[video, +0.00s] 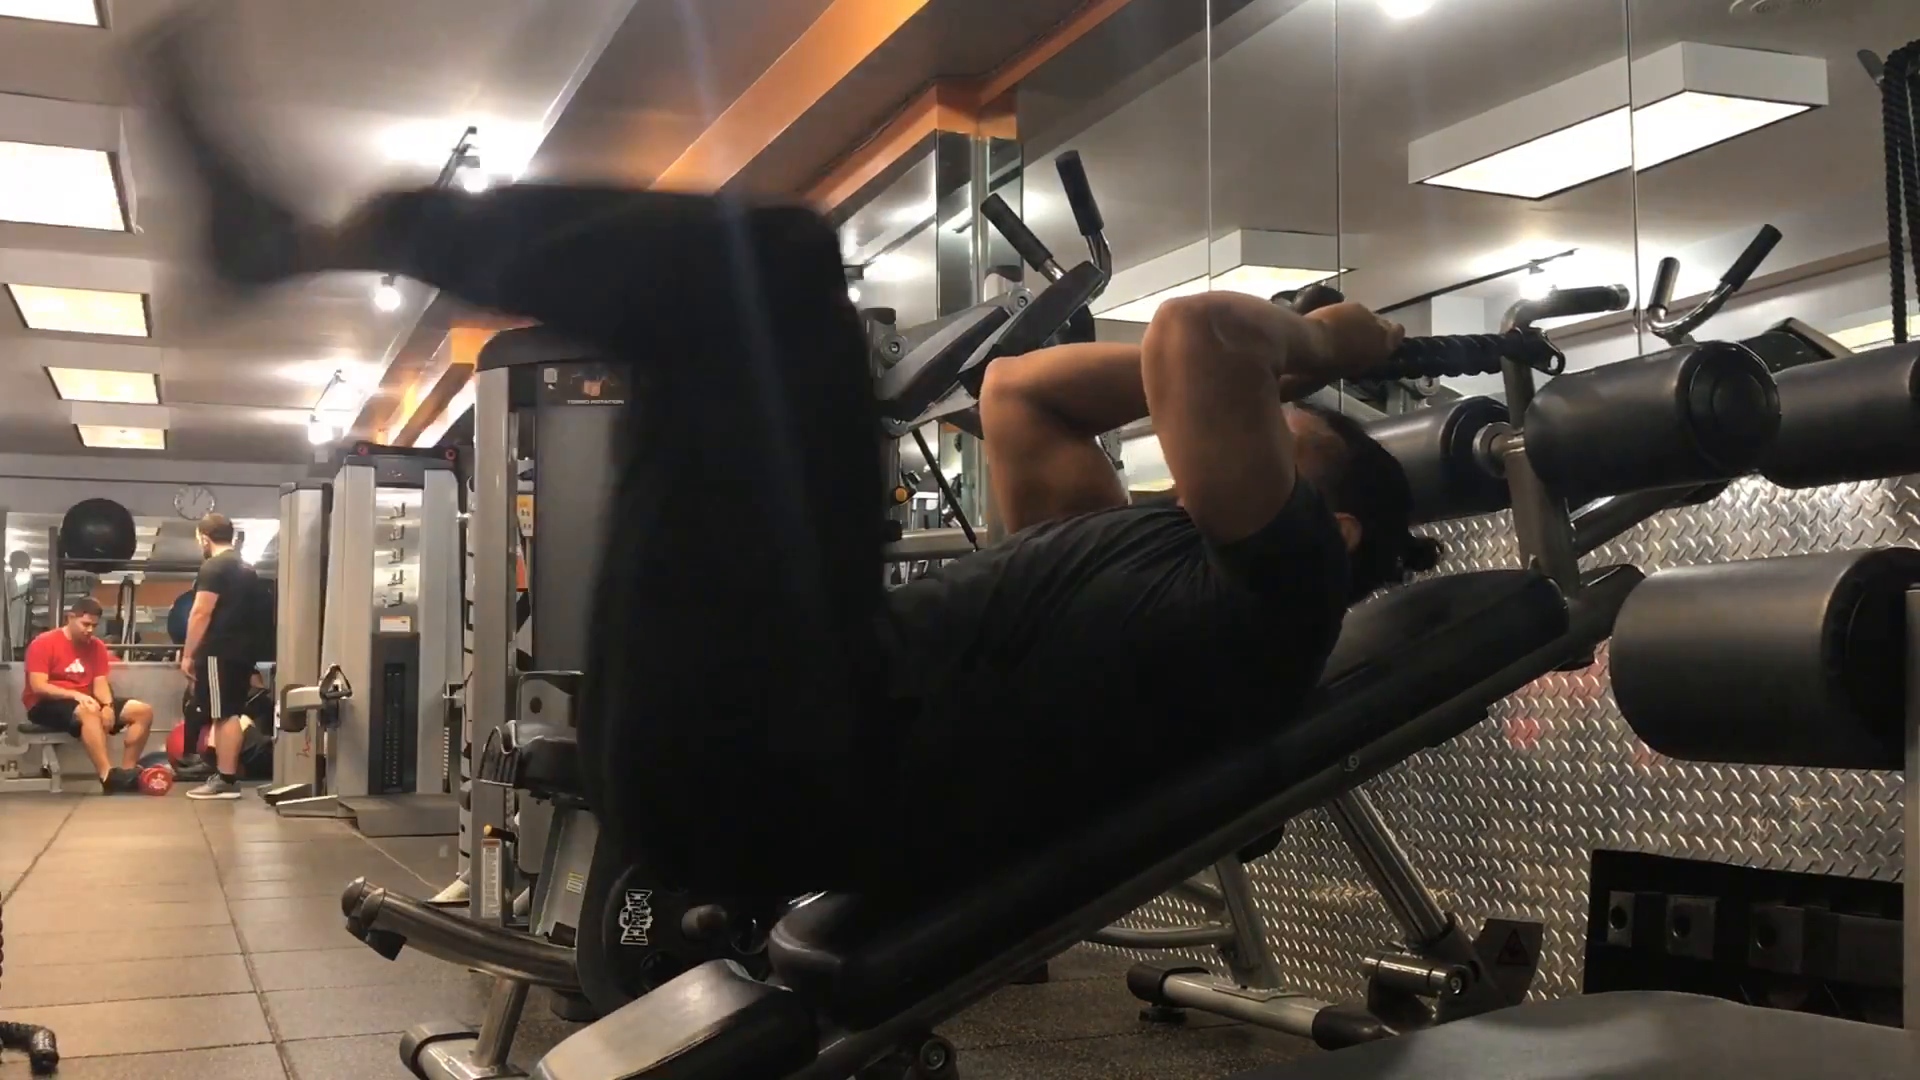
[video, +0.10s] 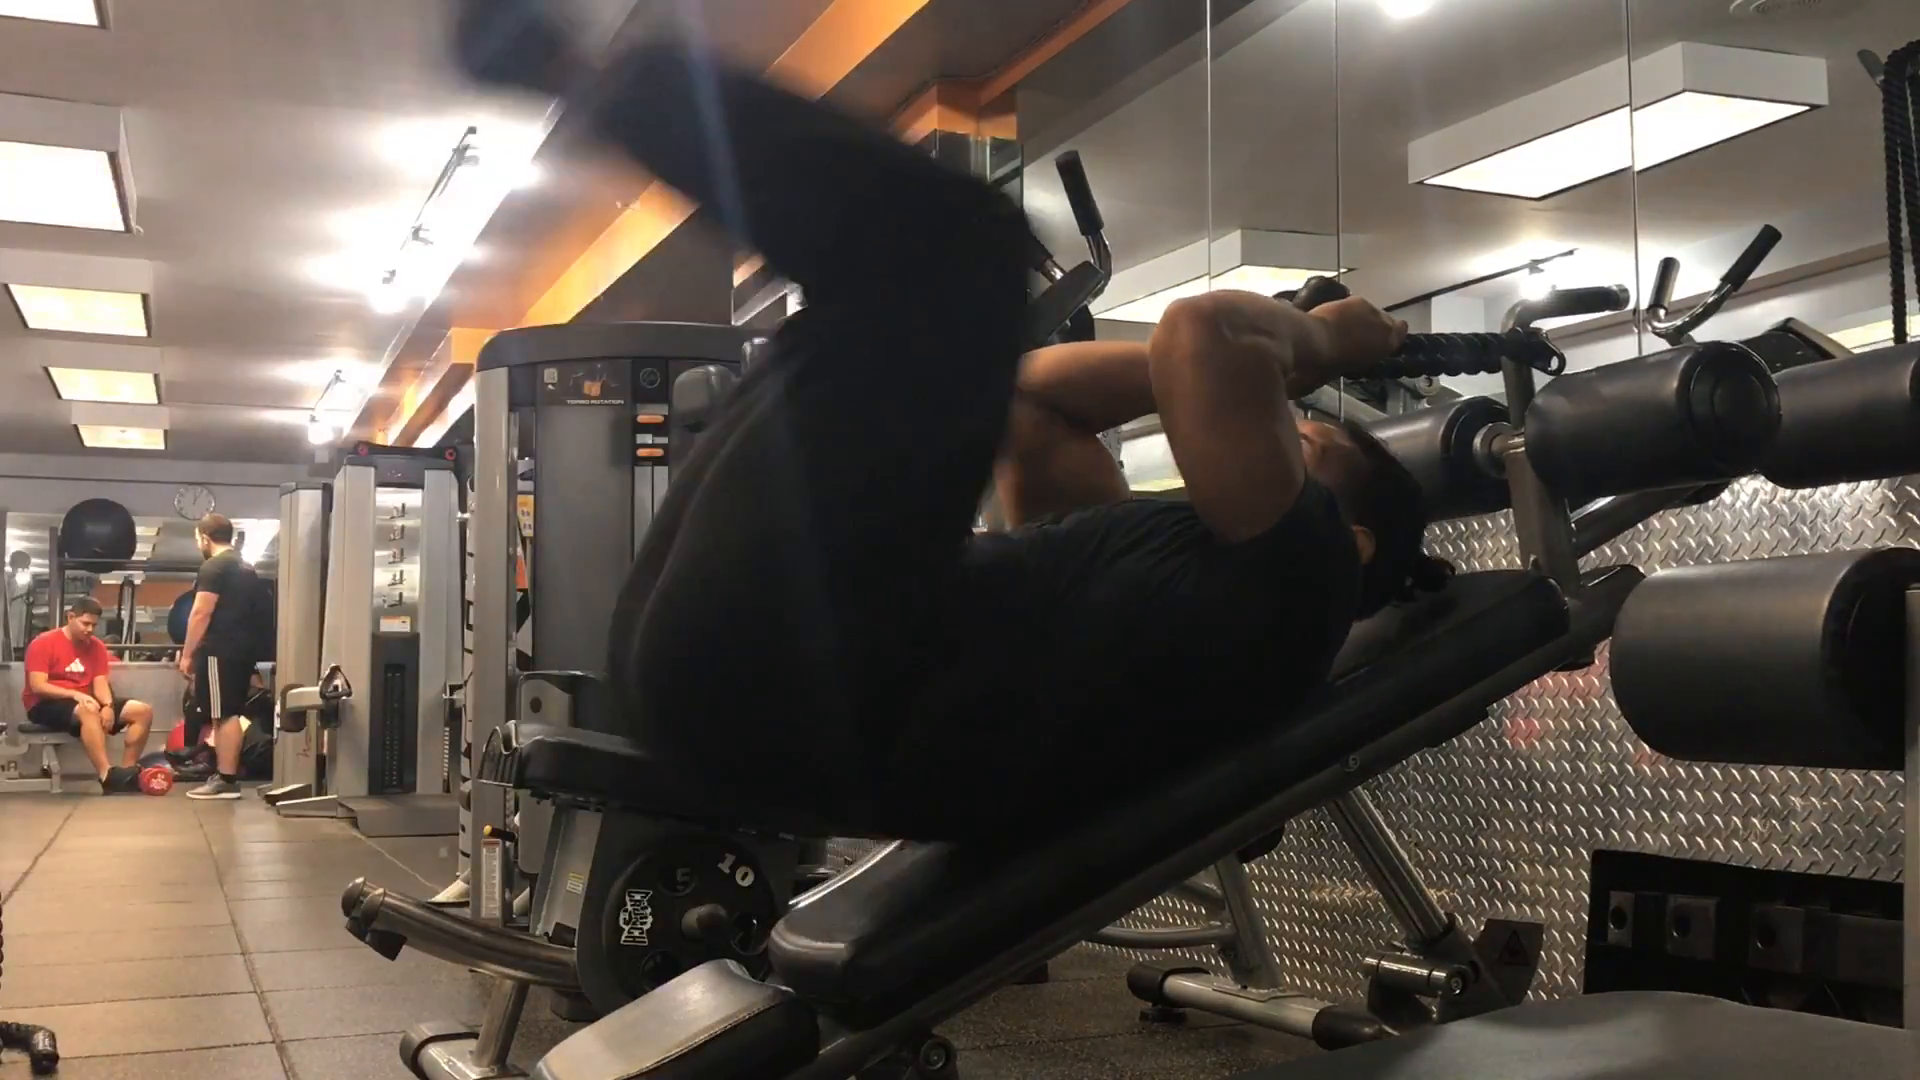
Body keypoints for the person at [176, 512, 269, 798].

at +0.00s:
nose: (199, 544)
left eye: (199, 540)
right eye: (198, 540)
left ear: (205, 539)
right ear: (230, 537)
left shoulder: (213, 567)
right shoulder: (244, 568)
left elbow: (201, 613)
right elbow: (246, 615)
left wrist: (188, 653)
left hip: (219, 650)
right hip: (239, 649)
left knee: (226, 715)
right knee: (229, 714)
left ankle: (226, 779)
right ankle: (227, 777)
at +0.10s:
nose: (198, 545)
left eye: (198, 539)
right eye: (197, 539)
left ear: (206, 539)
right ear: (229, 537)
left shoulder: (213, 567)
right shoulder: (243, 567)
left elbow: (201, 612)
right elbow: (245, 614)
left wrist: (187, 652)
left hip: (218, 649)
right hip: (238, 648)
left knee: (225, 716)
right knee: (228, 715)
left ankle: (226, 779)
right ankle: (227, 777)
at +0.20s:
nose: (198, 545)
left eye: (198, 540)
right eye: (197, 540)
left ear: (206, 539)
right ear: (228, 537)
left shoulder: (212, 566)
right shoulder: (243, 566)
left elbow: (202, 612)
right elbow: (248, 612)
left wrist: (187, 652)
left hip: (219, 649)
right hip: (239, 648)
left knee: (224, 715)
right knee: (228, 714)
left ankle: (226, 779)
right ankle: (227, 777)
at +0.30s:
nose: (197, 546)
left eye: (197, 541)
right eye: (196, 541)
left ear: (206, 539)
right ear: (226, 537)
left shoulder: (212, 565)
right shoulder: (244, 566)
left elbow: (202, 612)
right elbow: (249, 612)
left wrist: (189, 652)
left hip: (219, 649)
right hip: (239, 648)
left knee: (225, 715)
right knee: (228, 714)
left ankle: (226, 779)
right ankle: (226, 776)